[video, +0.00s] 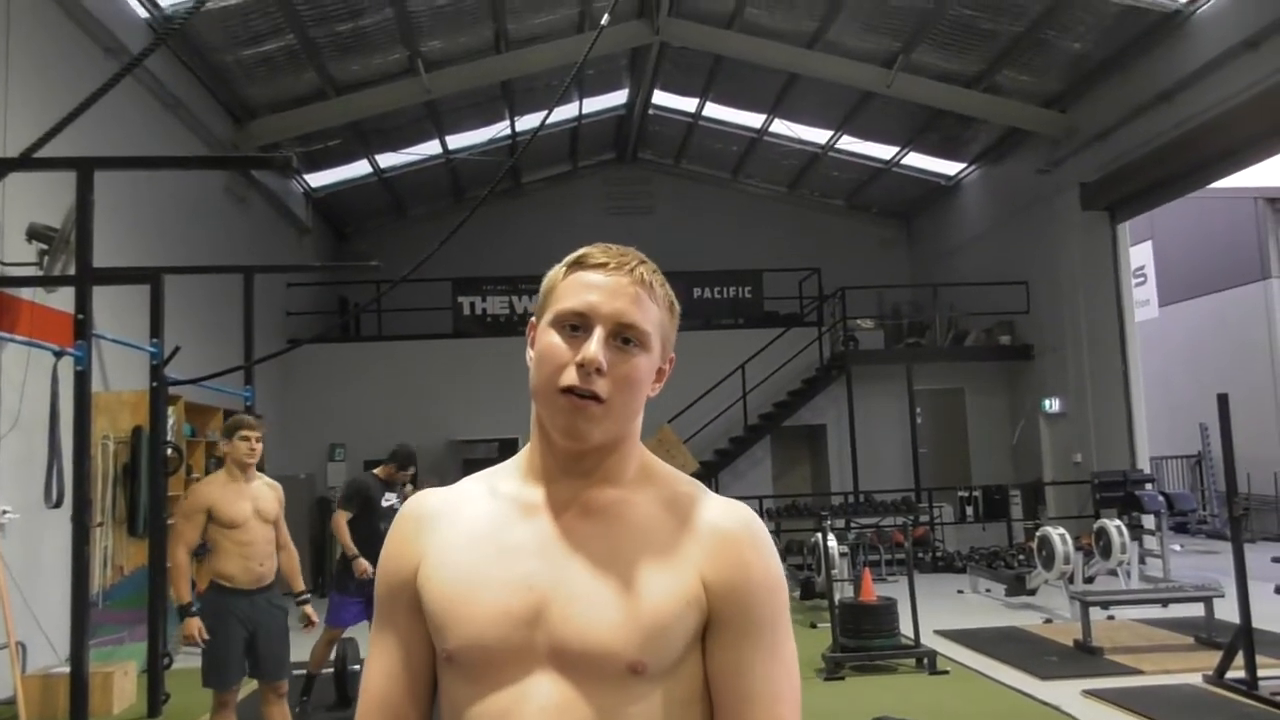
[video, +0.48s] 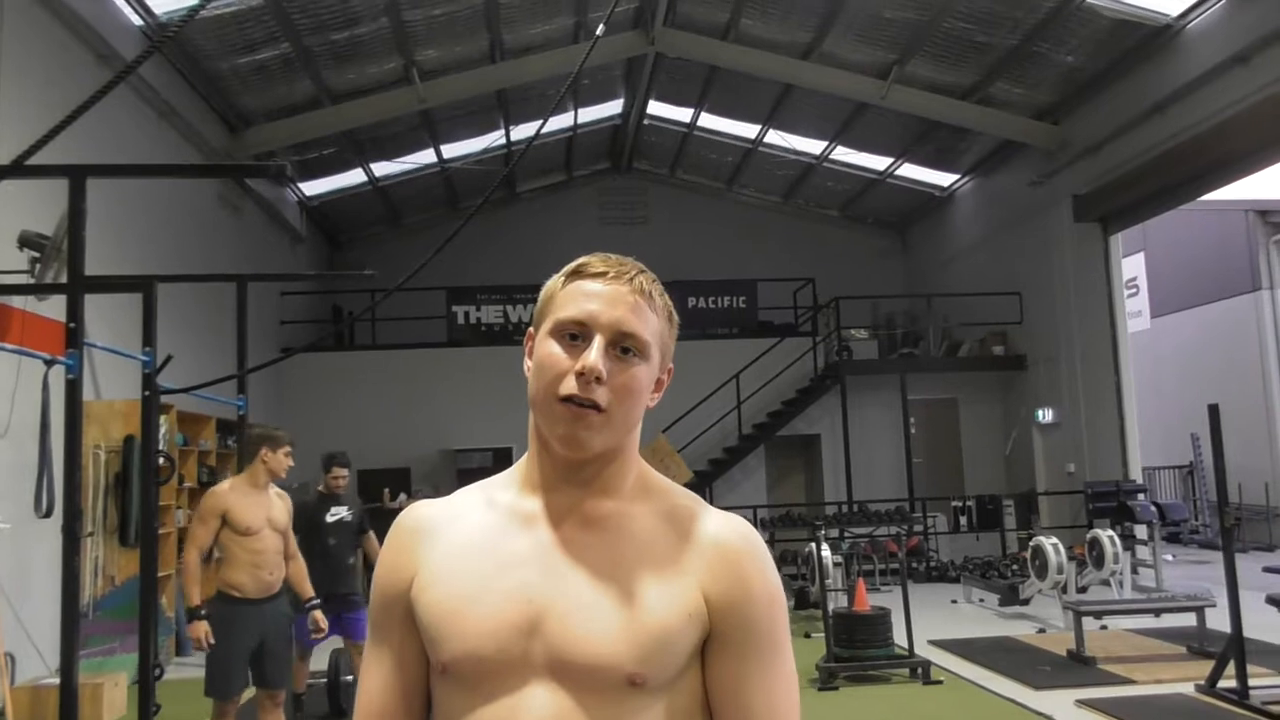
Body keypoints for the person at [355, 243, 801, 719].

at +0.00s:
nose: (590, 358)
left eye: (625, 339)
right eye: (571, 327)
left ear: (659, 374)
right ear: (532, 343)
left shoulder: (726, 541)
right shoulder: (427, 526)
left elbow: (768, 711)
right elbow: (382, 712)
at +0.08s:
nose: (592, 358)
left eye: (627, 340)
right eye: (573, 328)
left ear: (660, 376)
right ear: (534, 345)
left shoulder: (727, 544)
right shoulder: (428, 528)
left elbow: (772, 713)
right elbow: (381, 714)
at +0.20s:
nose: (591, 360)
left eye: (625, 342)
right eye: (571, 330)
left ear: (659, 379)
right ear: (533, 348)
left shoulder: (727, 547)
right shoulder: (428, 532)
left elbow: (775, 714)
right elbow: (379, 715)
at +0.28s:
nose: (590, 361)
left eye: (624, 343)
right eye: (571, 331)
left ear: (660, 380)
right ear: (533, 349)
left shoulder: (727, 549)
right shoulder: (428, 533)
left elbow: (775, 709)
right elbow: (381, 711)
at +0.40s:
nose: (590, 365)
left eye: (625, 347)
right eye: (571, 335)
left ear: (659, 383)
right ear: (532, 351)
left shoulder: (726, 553)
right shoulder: (425, 537)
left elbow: (773, 713)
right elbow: (380, 714)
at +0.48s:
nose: (590, 366)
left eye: (624, 349)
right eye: (571, 336)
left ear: (658, 385)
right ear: (530, 354)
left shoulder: (726, 556)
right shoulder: (422, 538)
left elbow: (768, 712)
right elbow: (378, 714)